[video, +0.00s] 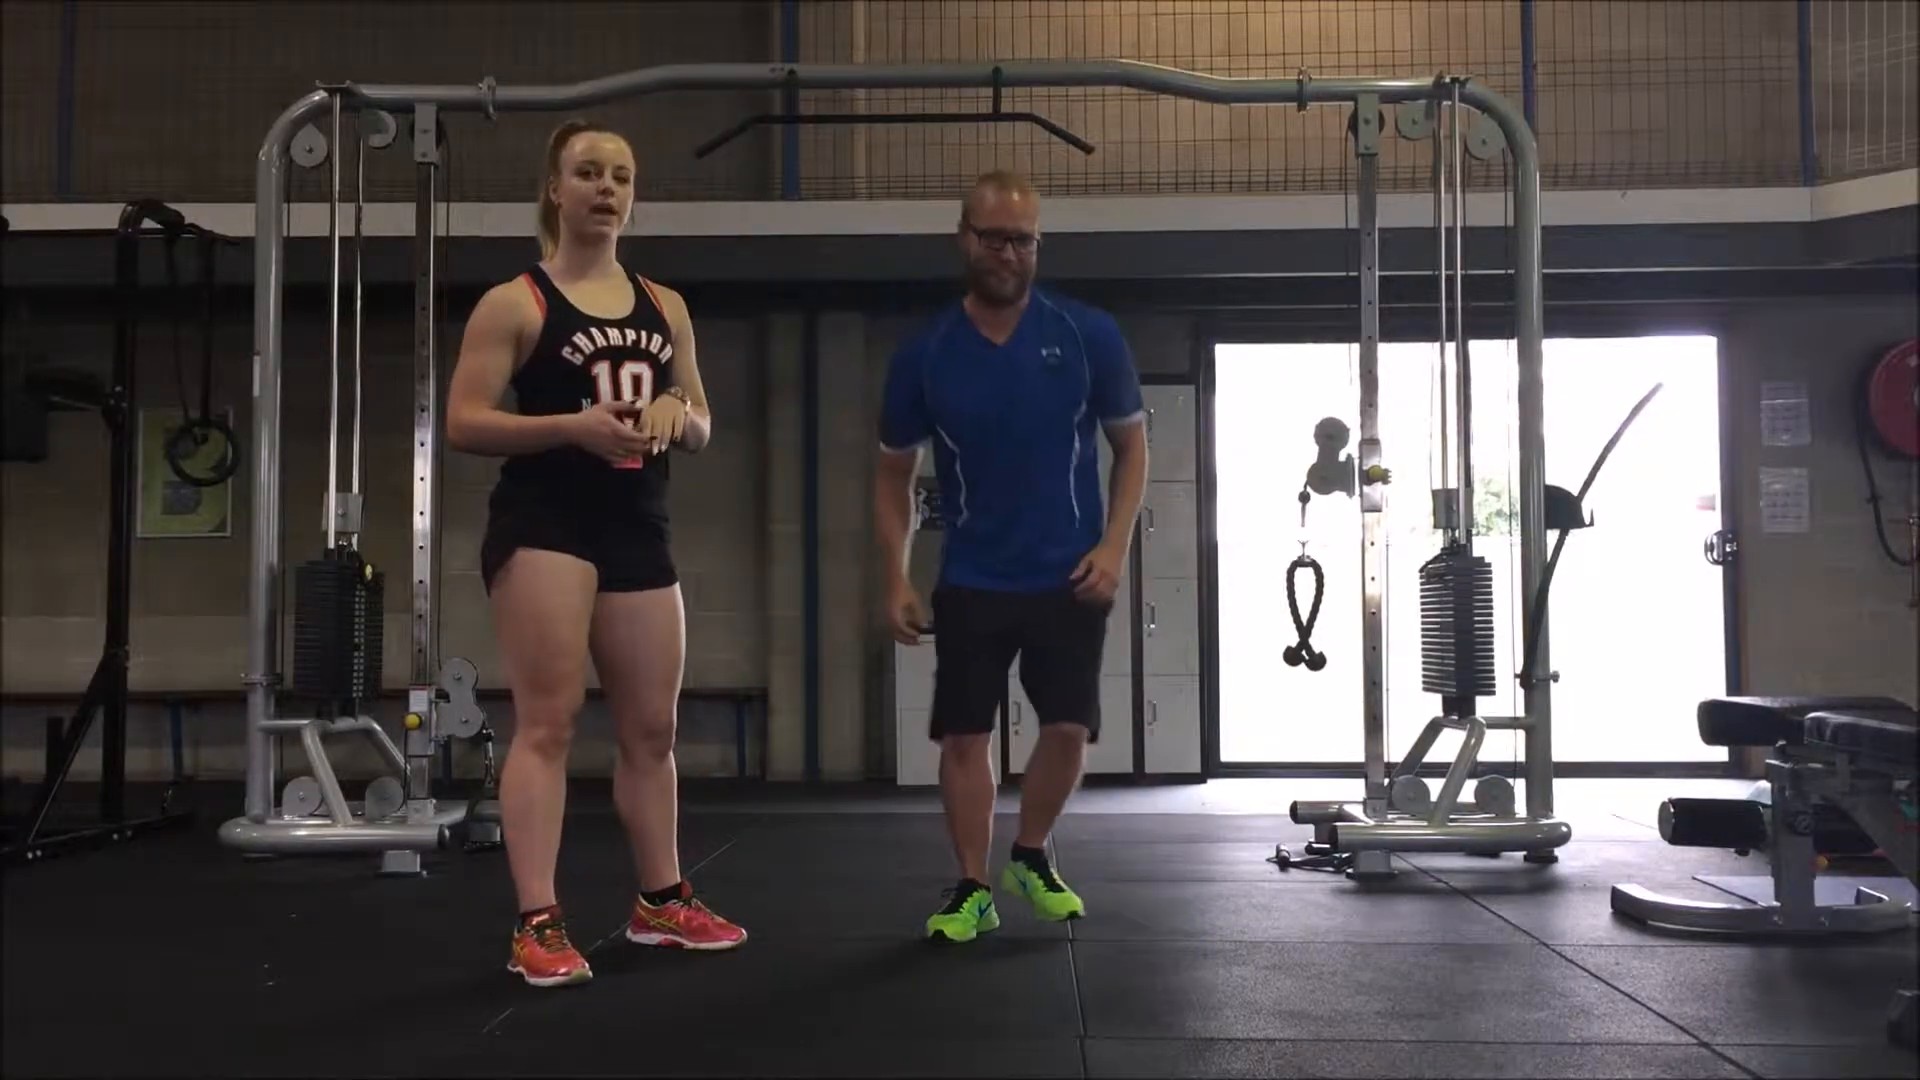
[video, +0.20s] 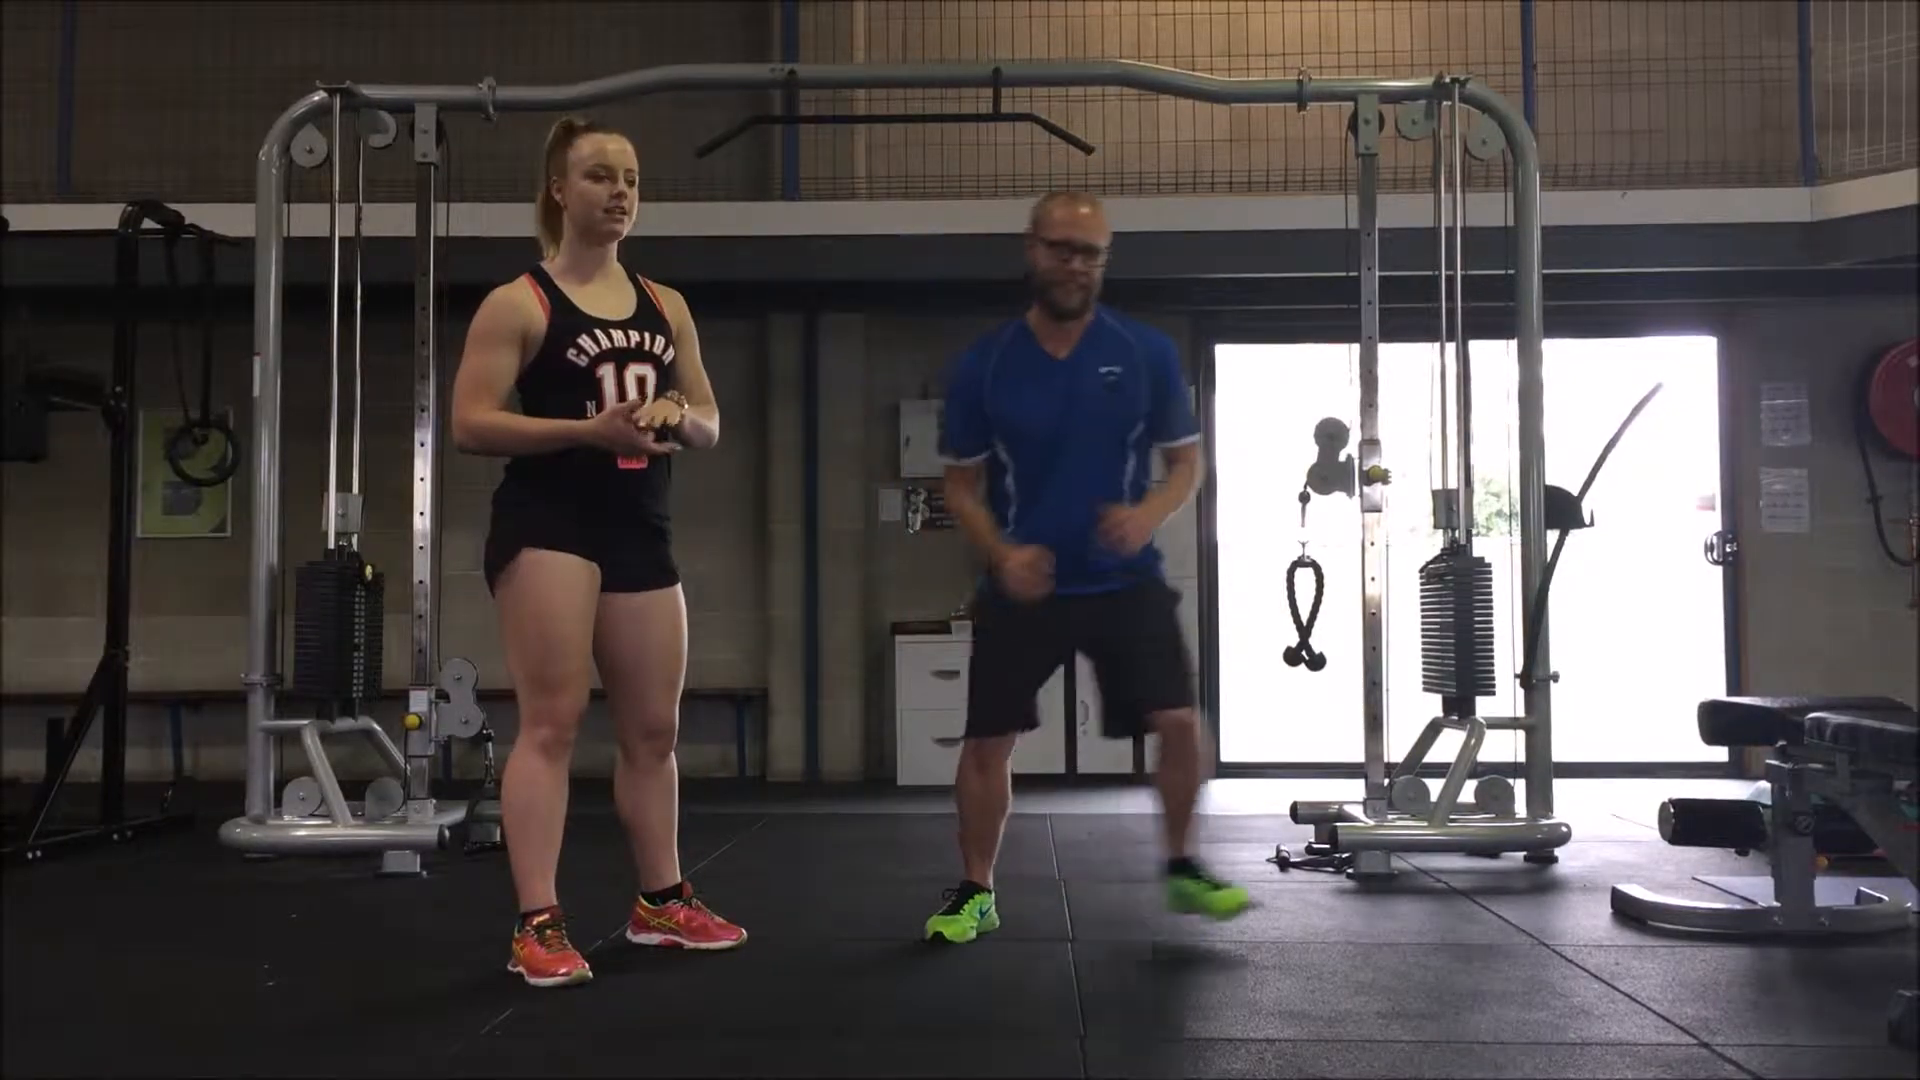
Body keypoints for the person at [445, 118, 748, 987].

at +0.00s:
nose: (605, 188)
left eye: (618, 177)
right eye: (588, 174)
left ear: (633, 198)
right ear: (553, 190)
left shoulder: (663, 306)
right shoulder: (512, 304)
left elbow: (699, 423)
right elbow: (465, 423)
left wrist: (679, 418)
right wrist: (574, 427)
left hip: (639, 533)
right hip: (545, 527)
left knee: (652, 731)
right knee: (546, 722)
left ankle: (662, 900)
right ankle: (537, 923)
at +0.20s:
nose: (619, 191)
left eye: (629, 179)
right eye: (600, 177)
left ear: (638, 197)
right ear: (557, 191)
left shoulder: (664, 305)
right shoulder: (516, 305)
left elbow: (707, 425)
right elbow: (470, 423)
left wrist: (674, 419)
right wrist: (590, 430)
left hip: (640, 536)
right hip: (549, 529)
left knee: (653, 732)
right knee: (550, 724)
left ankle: (663, 902)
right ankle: (538, 924)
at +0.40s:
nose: (634, 192)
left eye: (639, 180)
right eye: (614, 178)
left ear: (642, 196)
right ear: (566, 189)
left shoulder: (663, 308)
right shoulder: (520, 304)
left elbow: (703, 423)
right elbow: (473, 423)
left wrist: (679, 439)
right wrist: (591, 429)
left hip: (643, 536)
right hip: (552, 530)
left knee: (653, 733)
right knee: (552, 725)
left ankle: (663, 901)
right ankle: (539, 925)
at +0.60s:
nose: (649, 199)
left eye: (650, 185)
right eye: (633, 184)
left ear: (621, 198)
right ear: (581, 191)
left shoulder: (661, 309)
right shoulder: (521, 304)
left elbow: (721, 413)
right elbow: (474, 422)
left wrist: (706, 442)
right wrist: (592, 428)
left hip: (643, 534)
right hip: (553, 529)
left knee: (651, 735)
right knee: (552, 725)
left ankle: (662, 902)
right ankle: (538, 925)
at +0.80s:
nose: (652, 200)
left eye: (654, 186)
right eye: (636, 184)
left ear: (624, 198)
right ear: (584, 191)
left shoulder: (660, 307)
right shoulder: (524, 303)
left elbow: (730, 406)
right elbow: (475, 422)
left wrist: (710, 440)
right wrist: (594, 427)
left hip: (645, 534)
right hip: (556, 528)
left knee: (650, 732)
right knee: (554, 725)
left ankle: (662, 902)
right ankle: (539, 924)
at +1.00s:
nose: (655, 200)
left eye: (656, 186)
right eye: (640, 184)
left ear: (622, 199)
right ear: (587, 191)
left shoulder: (662, 306)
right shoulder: (526, 303)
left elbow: (712, 411)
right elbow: (477, 423)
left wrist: (714, 449)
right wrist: (593, 428)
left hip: (648, 536)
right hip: (559, 532)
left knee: (650, 735)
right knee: (555, 726)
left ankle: (662, 903)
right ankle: (539, 925)